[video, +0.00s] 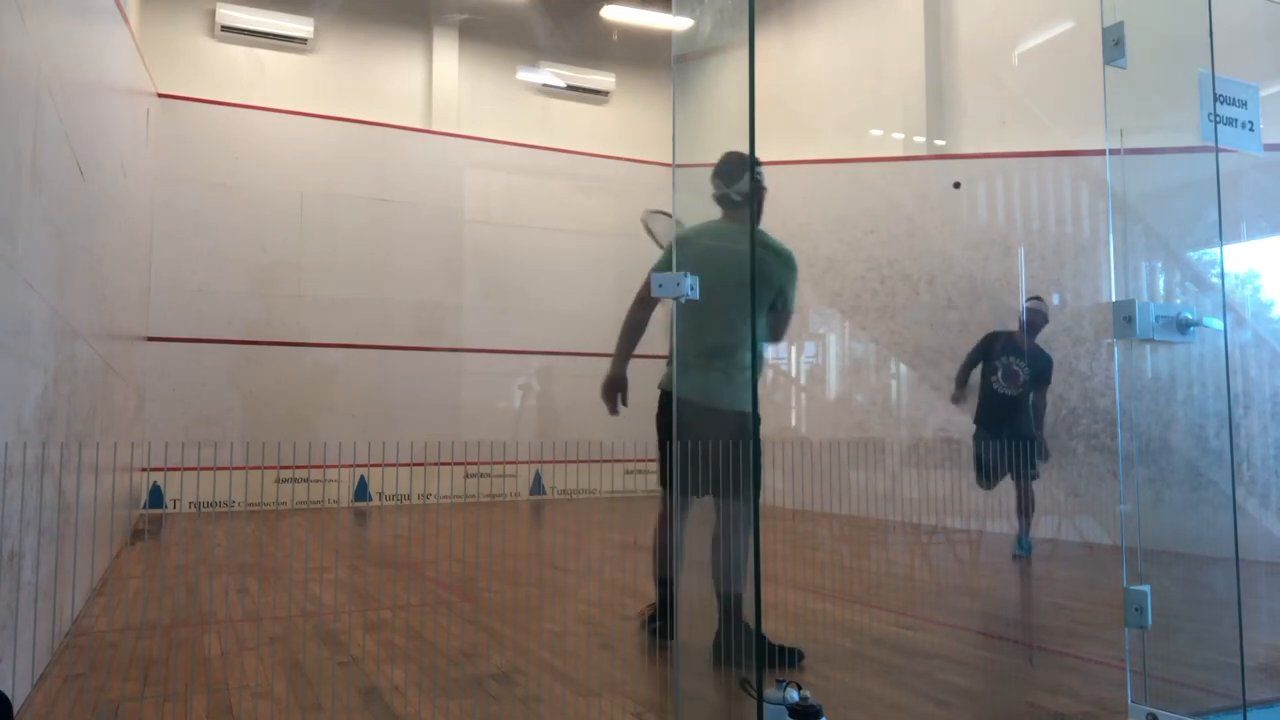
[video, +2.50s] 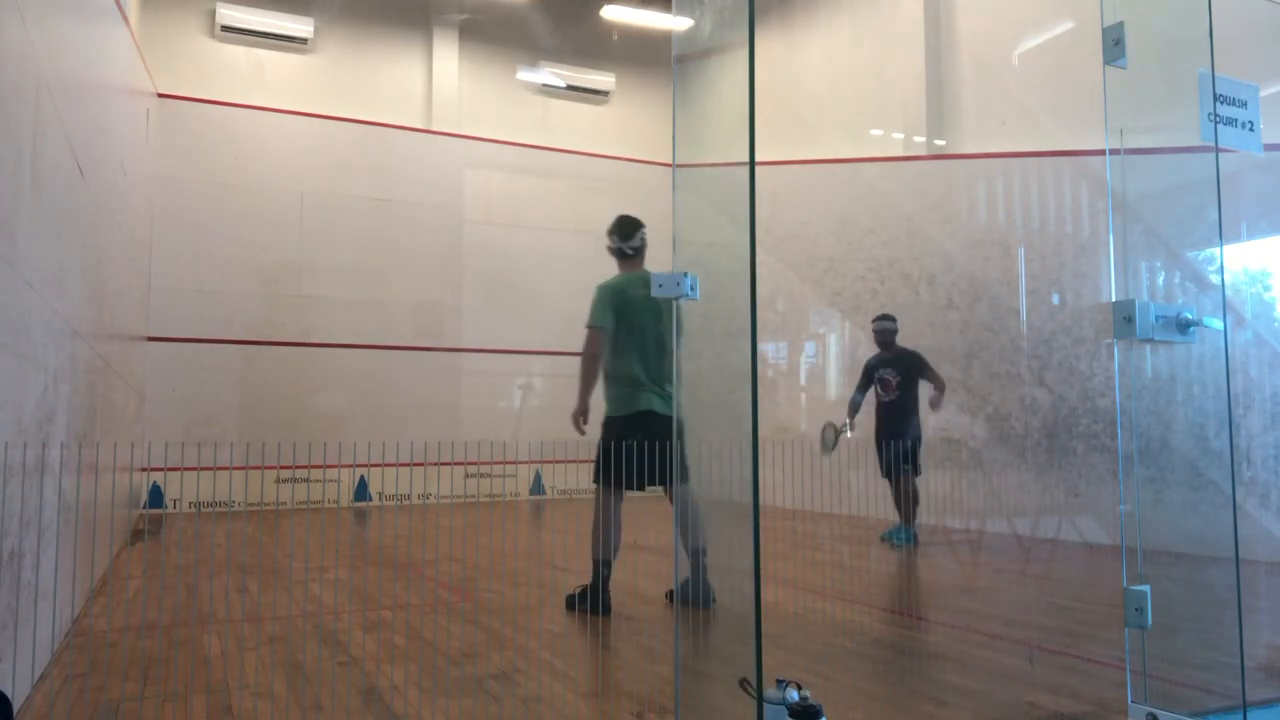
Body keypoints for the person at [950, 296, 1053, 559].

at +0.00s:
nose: (1030, 321)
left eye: (1037, 318)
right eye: (1027, 315)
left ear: (1044, 324)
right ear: (1020, 316)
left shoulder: (1043, 360)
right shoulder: (994, 341)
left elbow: (1040, 398)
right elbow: (968, 364)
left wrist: (1039, 434)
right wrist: (960, 388)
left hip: (1022, 427)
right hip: (990, 424)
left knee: (1023, 483)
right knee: (987, 481)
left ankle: (1023, 538)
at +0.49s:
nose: (1004, 313)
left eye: (1010, 309)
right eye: (1001, 308)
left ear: (1018, 315)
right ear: (995, 313)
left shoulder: (1030, 348)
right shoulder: (985, 346)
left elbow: (1048, 382)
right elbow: (979, 376)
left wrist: (1058, 412)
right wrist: (955, 365)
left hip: (1017, 421)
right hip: (988, 421)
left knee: (1020, 479)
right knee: (986, 477)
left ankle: (1024, 537)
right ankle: (1001, 528)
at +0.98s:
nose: (962, 333)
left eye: (966, 327)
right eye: (959, 328)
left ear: (978, 327)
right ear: (959, 329)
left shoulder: (996, 353)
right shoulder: (965, 358)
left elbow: (1024, 382)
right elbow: (960, 391)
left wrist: (1009, 413)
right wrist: (939, 400)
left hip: (992, 425)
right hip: (975, 425)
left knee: (972, 472)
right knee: (989, 477)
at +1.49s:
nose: (927, 336)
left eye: (931, 331)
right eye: (924, 332)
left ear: (943, 331)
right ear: (922, 332)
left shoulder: (956, 358)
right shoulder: (924, 357)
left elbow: (974, 394)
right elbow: (920, 389)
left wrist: (959, 418)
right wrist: (905, 415)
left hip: (948, 428)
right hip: (928, 428)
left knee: (938, 478)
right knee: (923, 477)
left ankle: (940, 530)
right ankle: (971, 510)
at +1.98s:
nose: (895, 340)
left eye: (899, 335)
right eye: (891, 335)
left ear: (909, 333)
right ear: (887, 336)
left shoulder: (925, 357)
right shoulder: (888, 361)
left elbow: (945, 386)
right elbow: (874, 391)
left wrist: (925, 398)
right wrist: (859, 418)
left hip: (919, 429)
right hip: (896, 428)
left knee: (920, 475)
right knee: (899, 477)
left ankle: (933, 528)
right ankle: (905, 525)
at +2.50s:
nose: (880, 336)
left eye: (884, 332)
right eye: (876, 332)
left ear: (894, 332)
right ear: (873, 334)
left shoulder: (910, 358)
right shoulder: (872, 364)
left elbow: (939, 382)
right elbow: (859, 394)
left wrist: (937, 396)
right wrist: (850, 417)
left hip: (907, 426)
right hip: (884, 427)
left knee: (906, 478)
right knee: (893, 480)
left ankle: (909, 528)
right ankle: (903, 524)